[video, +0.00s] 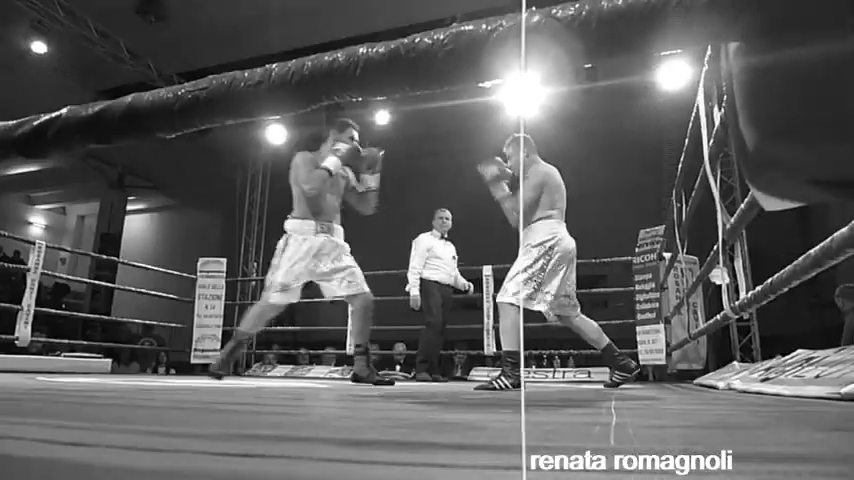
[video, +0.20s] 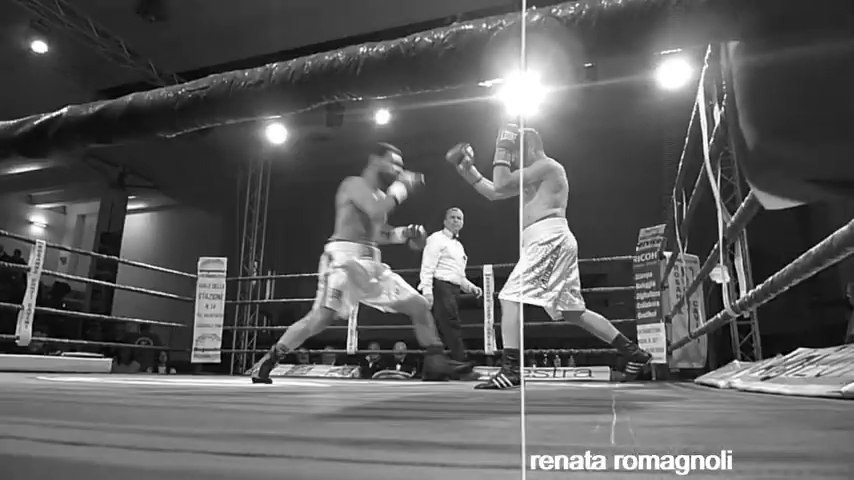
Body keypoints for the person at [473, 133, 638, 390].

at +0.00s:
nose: (508, 162)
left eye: (509, 156)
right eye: (506, 157)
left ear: (523, 151)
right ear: (529, 151)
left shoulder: (536, 173)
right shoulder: (548, 172)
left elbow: (515, 216)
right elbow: (526, 211)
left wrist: (496, 184)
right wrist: (509, 180)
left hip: (545, 242)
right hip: (562, 243)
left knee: (508, 300)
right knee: (567, 313)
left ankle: (511, 373)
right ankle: (620, 363)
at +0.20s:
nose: (516, 158)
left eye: (518, 151)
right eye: (515, 153)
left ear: (529, 147)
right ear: (533, 148)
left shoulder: (547, 166)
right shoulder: (532, 177)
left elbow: (501, 182)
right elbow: (493, 193)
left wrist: (501, 148)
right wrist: (466, 169)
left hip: (549, 239)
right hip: (550, 241)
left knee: (510, 297)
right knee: (571, 311)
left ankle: (510, 371)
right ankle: (634, 353)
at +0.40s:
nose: (543, 151)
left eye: (548, 146)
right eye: (543, 146)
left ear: (566, 147)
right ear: (566, 151)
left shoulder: (561, 169)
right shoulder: (575, 176)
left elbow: (514, 190)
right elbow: (538, 221)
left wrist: (488, 183)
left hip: (556, 244)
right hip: (574, 246)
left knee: (512, 298)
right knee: (564, 312)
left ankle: (509, 369)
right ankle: (620, 357)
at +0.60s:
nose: (576, 161)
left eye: (580, 155)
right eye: (575, 157)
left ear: (596, 153)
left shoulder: (605, 168)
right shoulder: (592, 188)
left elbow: (576, 202)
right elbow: (576, 232)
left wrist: (546, 192)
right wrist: (554, 209)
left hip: (606, 238)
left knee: (550, 282)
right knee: (588, 310)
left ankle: (557, 356)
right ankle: (629, 365)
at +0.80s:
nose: (606, 141)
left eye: (610, 135)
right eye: (605, 136)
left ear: (627, 132)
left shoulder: (641, 153)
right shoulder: (617, 170)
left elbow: (610, 178)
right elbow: (591, 209)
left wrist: (592, 152)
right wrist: (584, 173)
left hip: (631, 230)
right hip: (611, 235)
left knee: (622, 297)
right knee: (613, 303)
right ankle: (636, 366)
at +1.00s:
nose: (615, 133)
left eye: (618, 125)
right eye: (613, 128)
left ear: (636, 120)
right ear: (632, 125)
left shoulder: (651, 141)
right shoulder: (637, 154)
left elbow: (623, 179)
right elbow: (625, 199)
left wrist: (601, 155)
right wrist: (605, 162)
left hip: (658, 226)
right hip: (642, 230)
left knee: (672, 295)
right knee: (635, 295)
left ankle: (715, 360)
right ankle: (653, 361)